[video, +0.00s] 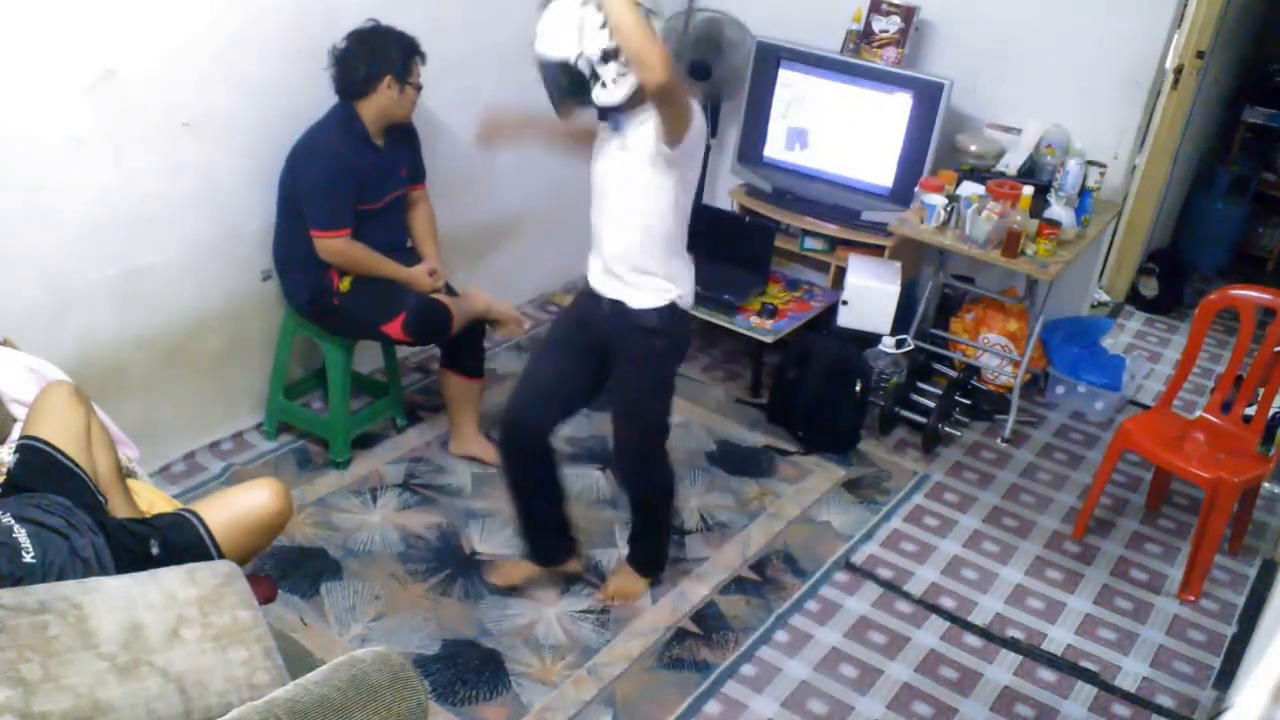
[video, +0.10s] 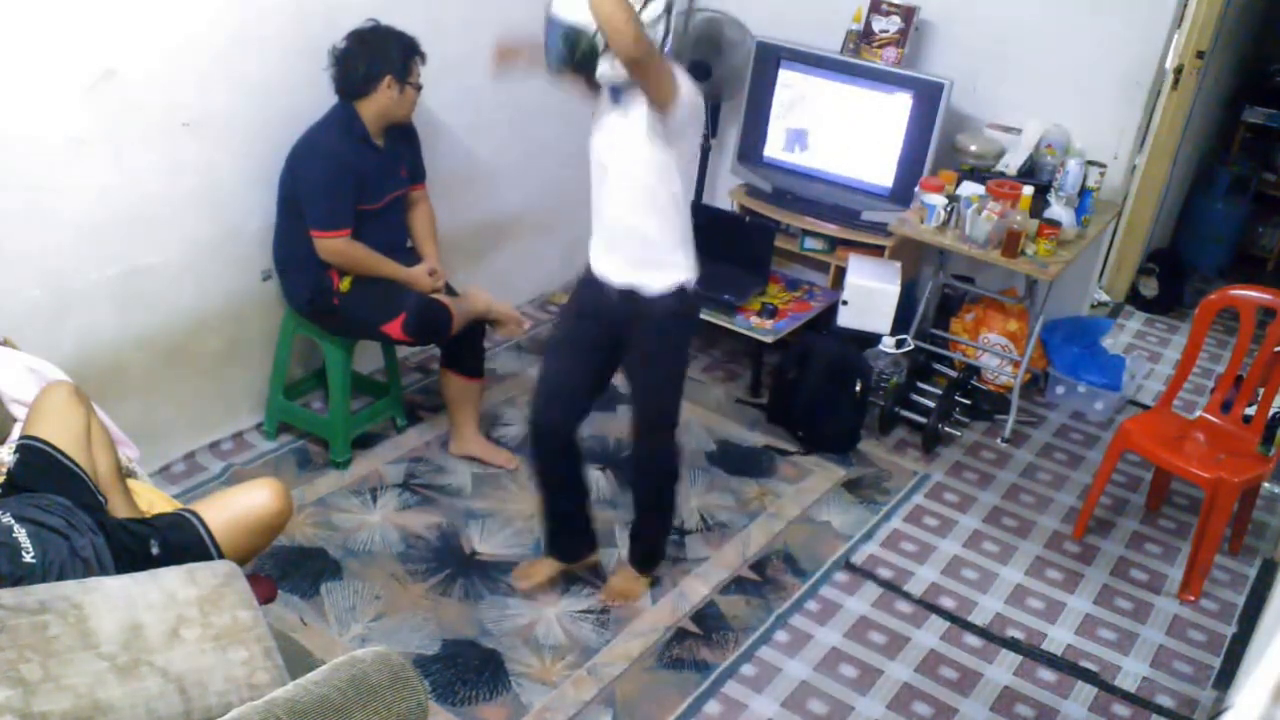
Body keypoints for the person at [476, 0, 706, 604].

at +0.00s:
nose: (603, 68)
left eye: (613, 55)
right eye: (597, 58)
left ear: (643, 58)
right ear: (593, 63)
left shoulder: (679, 122)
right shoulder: (613, 126)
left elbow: (657, 77)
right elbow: (578, 137)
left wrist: (615, 2)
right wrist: (519, 130)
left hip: (655, 317)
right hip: (598, 304)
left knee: (638, 452)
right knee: (523, 423)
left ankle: (645, 560)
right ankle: (554, 553)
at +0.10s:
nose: (613, 50)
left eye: (628, 43)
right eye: (613, 43)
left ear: (654, 47)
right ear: (628, 41)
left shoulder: (681, 103)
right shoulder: (612, 93)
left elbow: (631, 44)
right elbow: (579, 70)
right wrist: (537, 55)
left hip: (663, 300)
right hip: (600, 288)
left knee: (652, 440)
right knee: (550, 420)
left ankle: (642, 561)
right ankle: (571, 550)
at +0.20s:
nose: (599, 32)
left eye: (608, 20)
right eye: (597, 25)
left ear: (644, 18)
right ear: (601, 29)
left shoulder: (674, 68)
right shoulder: (601, 73)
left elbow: (595, 8)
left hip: (670, 270)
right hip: (598, 265)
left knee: (679, 420)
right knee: (574, 408)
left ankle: (690, 553)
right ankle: (583, 522)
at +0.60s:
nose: (667, 53)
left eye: (683, 45)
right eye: (661, 35)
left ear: (696, 47)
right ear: (635, 19)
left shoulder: (700, 79)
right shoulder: (580, 37)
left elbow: (722, 188)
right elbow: (528, 3)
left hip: (671, 252)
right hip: (593, 251)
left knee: (694, 406)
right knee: (594, 393)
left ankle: (717, 570)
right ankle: (603, 512)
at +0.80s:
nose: (686, 82)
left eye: (701, 74)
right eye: (680, 65)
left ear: (718, 79)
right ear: (659, 55)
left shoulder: (709, 119)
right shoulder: (603, 106)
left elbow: (780, 70)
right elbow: (565, 50)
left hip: (676, 303)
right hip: (603, 305)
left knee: (672, 454)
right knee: (582, 437)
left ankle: (666, 621)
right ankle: (589, 525)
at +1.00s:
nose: (744, 53)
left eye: (754, 43)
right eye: (729, 37)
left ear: (764, 43)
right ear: (696, 25)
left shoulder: (755, 69)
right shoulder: (656, 58)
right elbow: (650, 5)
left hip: (735, 266)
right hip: (664, 259)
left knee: (714, 425)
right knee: (647, 386)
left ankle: (710, 586)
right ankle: (613, 474)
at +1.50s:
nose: (710, 80)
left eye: (713, 66)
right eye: (701, 70)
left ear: (742, 41)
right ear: (702, 59)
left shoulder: (819, 98)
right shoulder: (731, 94)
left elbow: (826, 69)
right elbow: (708, 166)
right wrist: (671, 199)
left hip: (776, 301)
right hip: (714, 279)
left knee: (732, 442)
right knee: (668, 419)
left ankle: (717, 576)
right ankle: (650, 551)